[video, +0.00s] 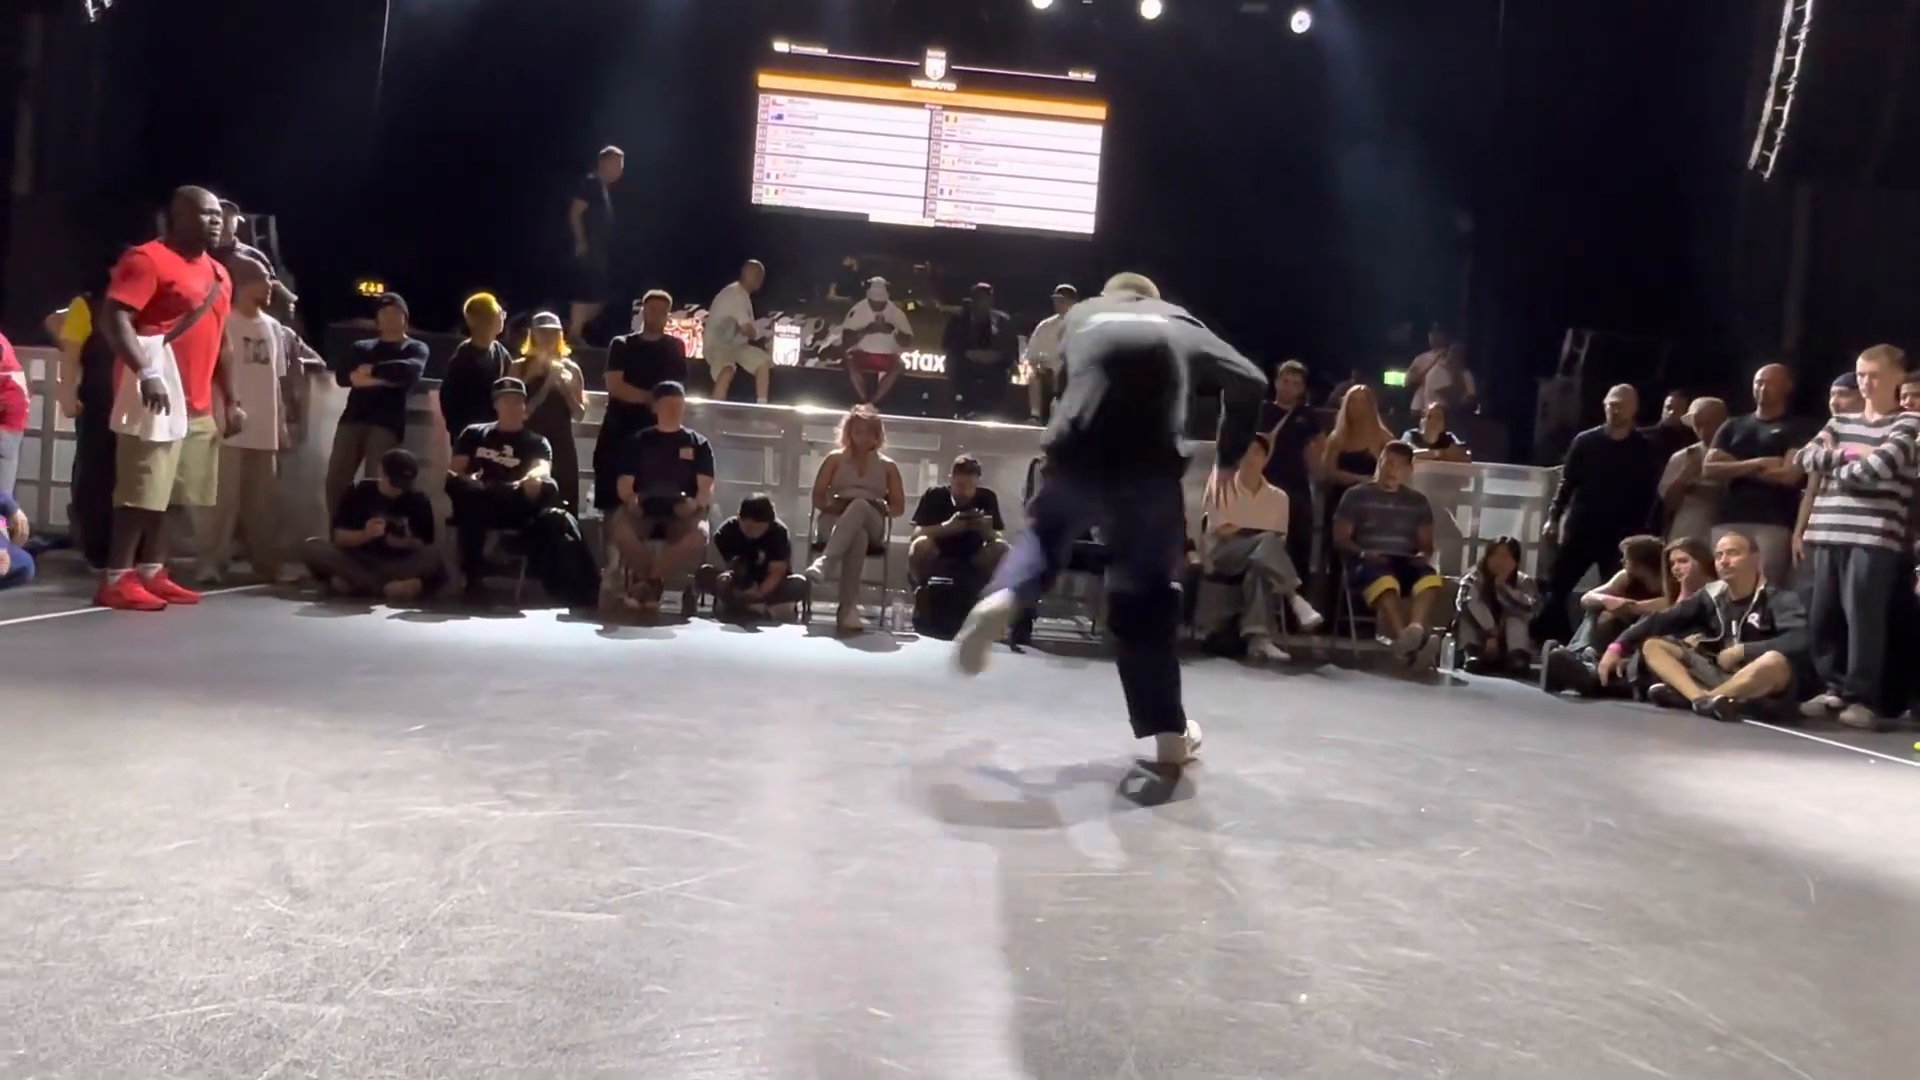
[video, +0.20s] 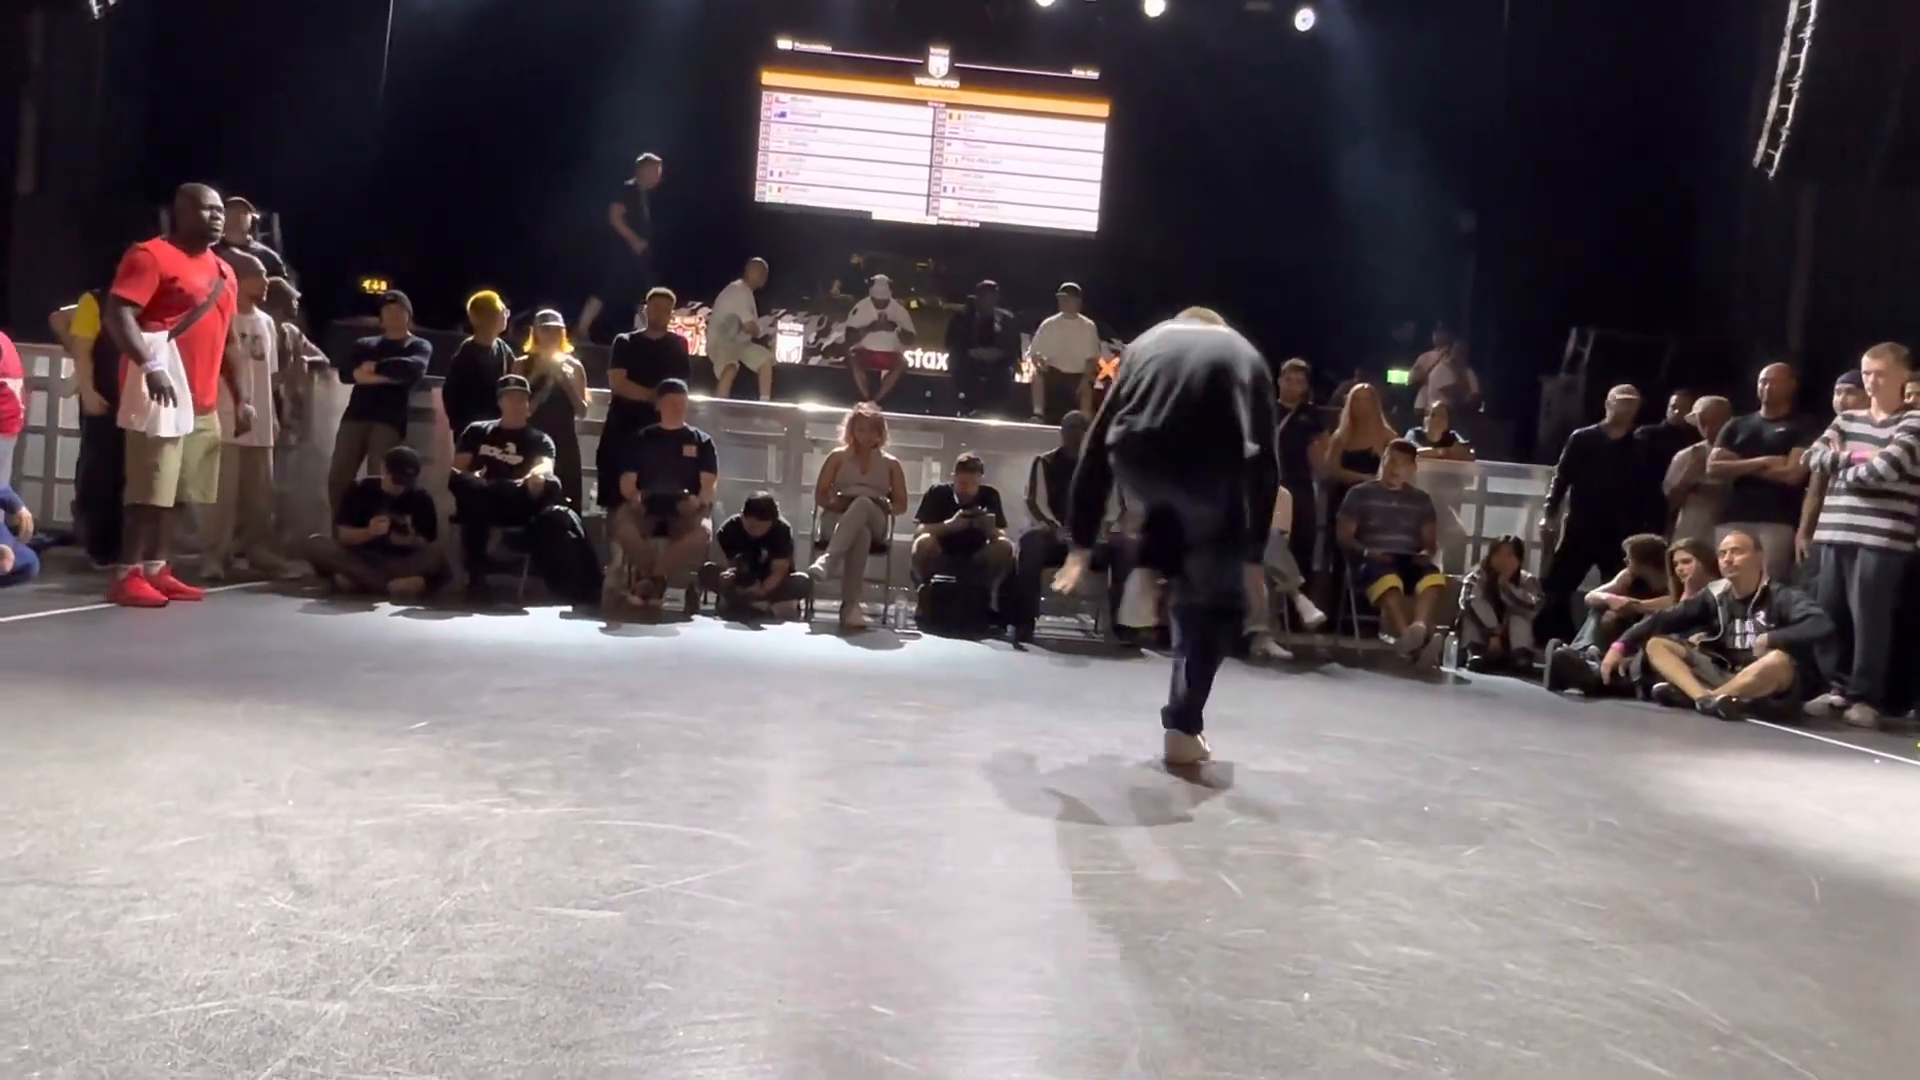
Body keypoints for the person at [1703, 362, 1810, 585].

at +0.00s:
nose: (1760, 388)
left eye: (1767, 383)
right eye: (1758, 383)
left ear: (1786, 388)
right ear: (1752, 386)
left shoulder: (1798, 429)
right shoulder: (1732, 426)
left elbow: (1791, 475)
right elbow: (1709, 468)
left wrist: (1735, 466)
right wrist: (1761, 464)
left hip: (1772, 522)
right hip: (1729, 519)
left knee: (1767, 597)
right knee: (1726, 596)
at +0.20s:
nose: (1764, 387)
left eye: (1771, 382)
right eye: (1761, 382)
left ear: (1791, 386)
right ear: (1757, 386)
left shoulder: (1804, 427)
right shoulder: (1736, 425)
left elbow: (1794, 475)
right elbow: (1714, 466)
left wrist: (1740, 465)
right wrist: (1766, 462)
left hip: (1776, 521)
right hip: (1733, 519)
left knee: (1771, 598)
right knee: (1729, 596)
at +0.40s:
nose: (1769, 385)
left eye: (1776, 380)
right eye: (1766, 380)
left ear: (1794, 385)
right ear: (1761, 384)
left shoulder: (1805, 426)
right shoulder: (1739, 423)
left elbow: (1797, 473)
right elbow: (1715, 465)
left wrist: (1744, 464)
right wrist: (1768, 461)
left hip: (1778, 520)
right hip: (1735, 518)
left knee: (1774, 596)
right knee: (1734, 595)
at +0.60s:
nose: (1772, 385)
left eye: (1779, 380)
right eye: (1770, 379)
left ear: (1798, 385)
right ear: (1764, 384)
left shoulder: (1810, 426)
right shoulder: (1743, 423)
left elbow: (1801, 473)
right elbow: (1718, 465)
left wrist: (1747, 463)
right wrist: (1772, 460)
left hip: (1782, 521)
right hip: (1738, 519)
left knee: (1775, 597)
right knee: (1735, 595)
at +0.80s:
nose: (1777, 384)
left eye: (1784, 379)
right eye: (1774, 379)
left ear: (1800, 384)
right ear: (1768, 383)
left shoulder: (1812, 425)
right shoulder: (1745, 422)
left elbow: (1804, 473)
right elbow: (1721, 464)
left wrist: (1749, 462)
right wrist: (1775, 460)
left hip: (1784, 522)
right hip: (1740, 520)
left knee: (1778, 598)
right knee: (1736, 597)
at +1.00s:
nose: (1780, 383)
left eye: (1787, 379)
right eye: (1776, 378)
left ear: (1803, 384)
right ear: (1770, 383)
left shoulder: (1814, 425)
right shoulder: (1748, 421)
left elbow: (1805, 473)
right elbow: (1722, 464)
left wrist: (1751, 462)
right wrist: (1777, 459)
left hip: (1787, 521)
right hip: (1743, 519)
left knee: (1778, 598)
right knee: (1739, 597)